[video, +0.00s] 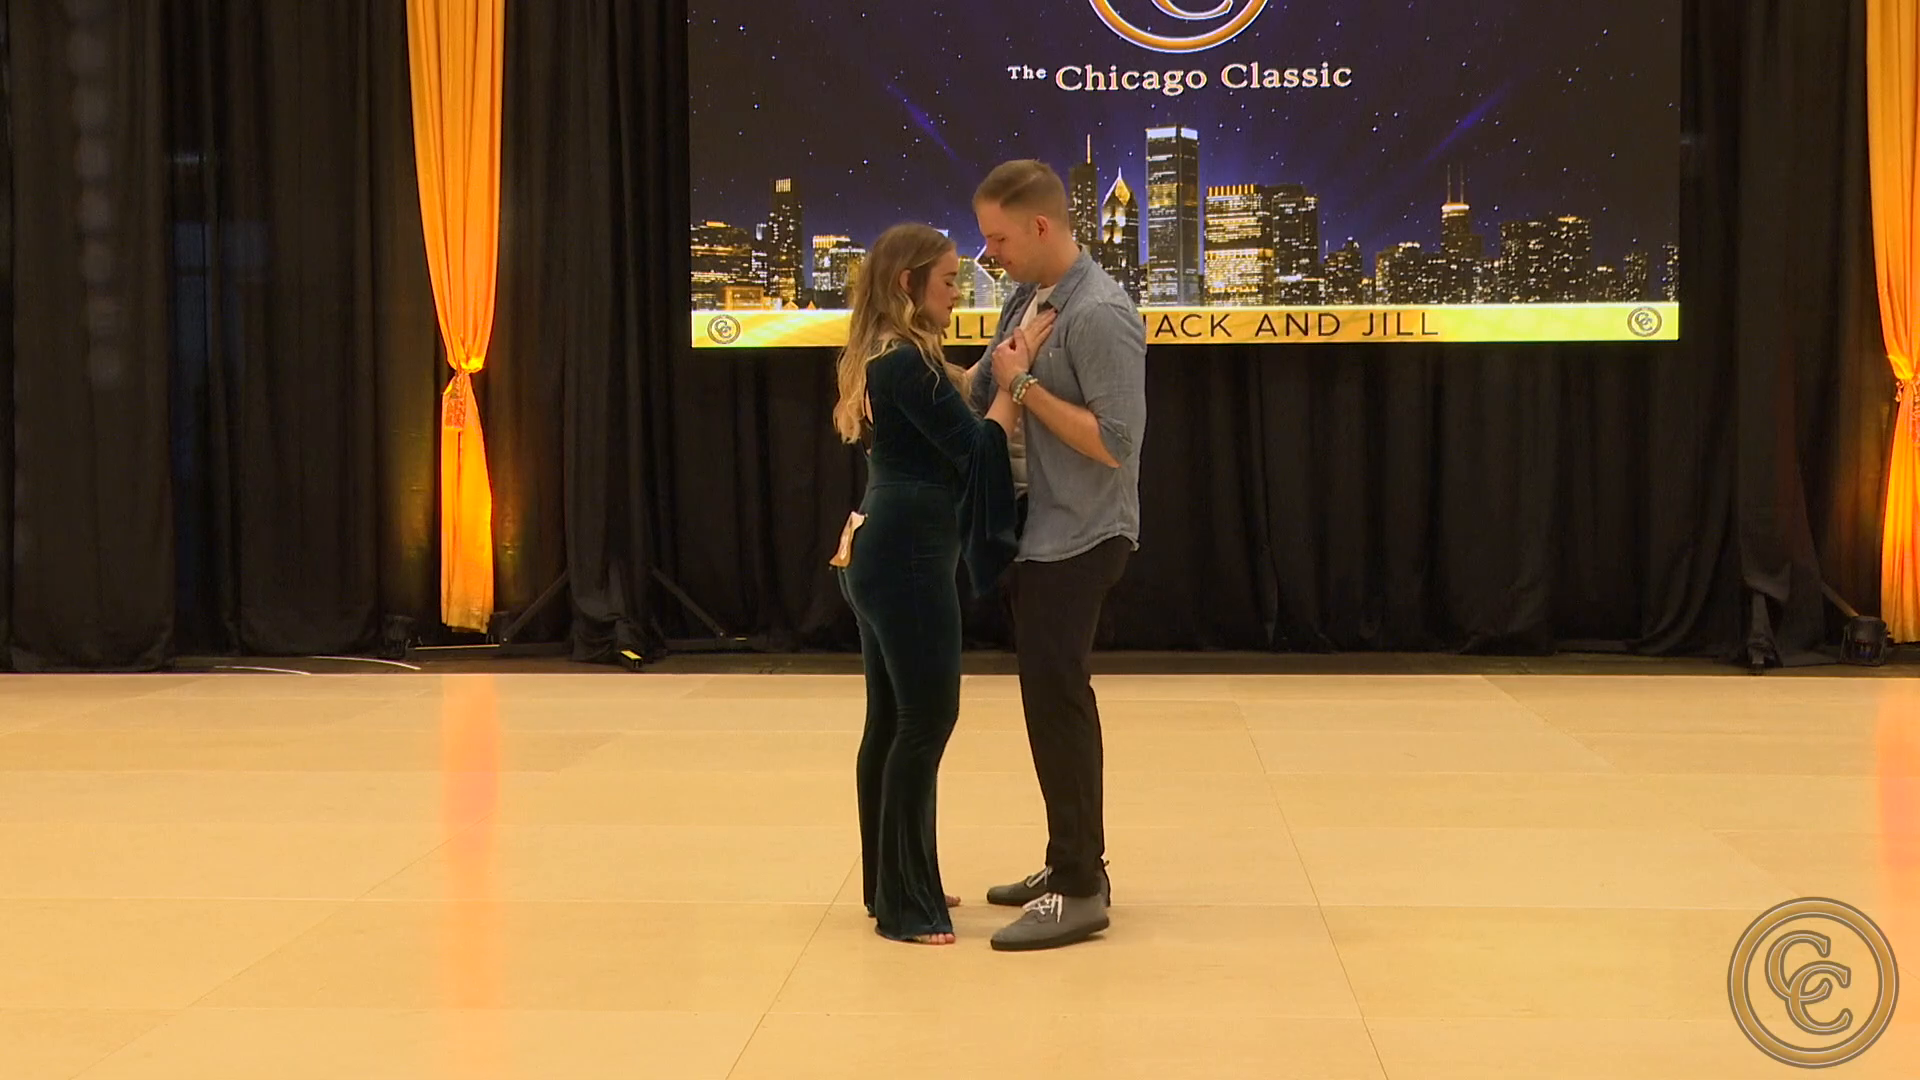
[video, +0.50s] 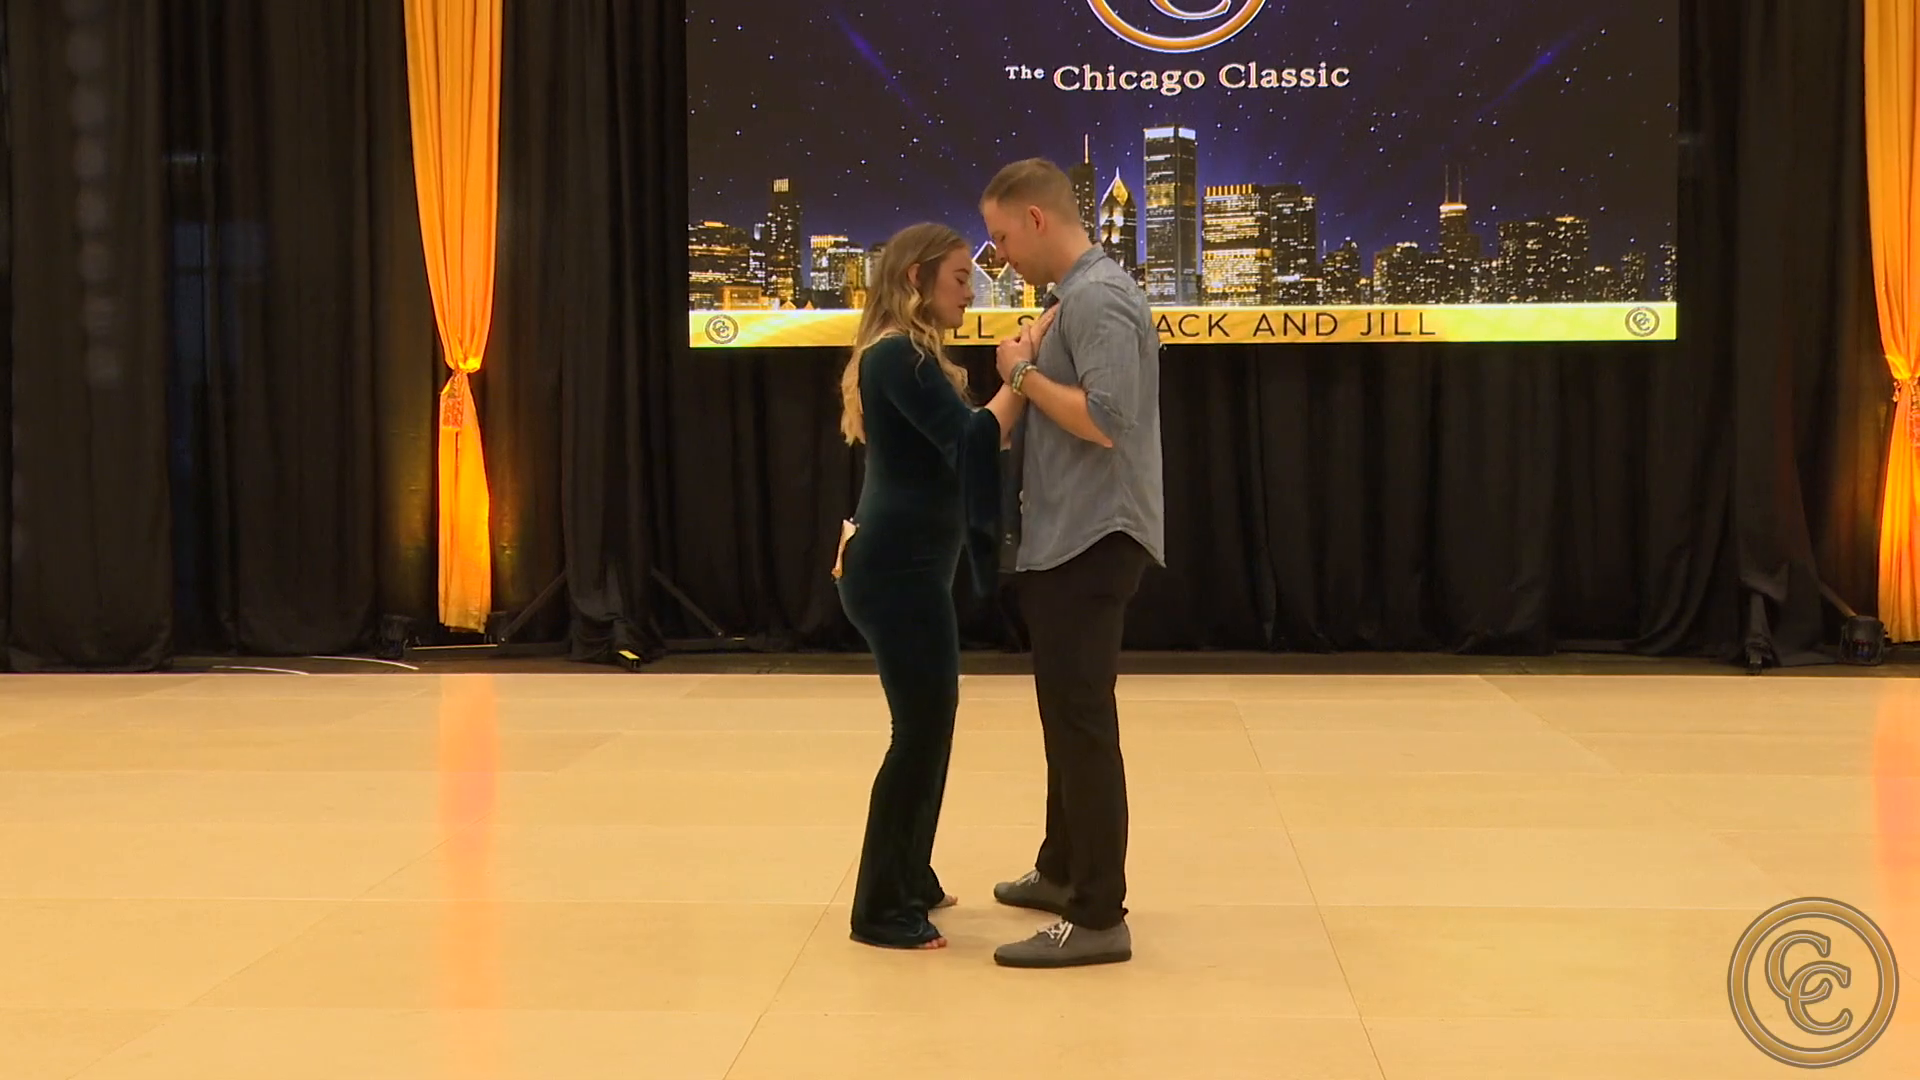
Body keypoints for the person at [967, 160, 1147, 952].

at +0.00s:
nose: (992, 257)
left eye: (997, 241)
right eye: (988, 243)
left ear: (1043, 227)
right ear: (1038, 231)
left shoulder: (1099, 311)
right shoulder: (1032, 305)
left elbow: (1113, 445)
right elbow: (979, 398)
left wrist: (1024, 385)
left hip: (1084, 532)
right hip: (1045, 527)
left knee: (1058, 699)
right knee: (1051, 698)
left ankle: (1081, 892)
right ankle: (1071, 867)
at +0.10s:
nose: (993, 259)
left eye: (996, 243)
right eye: (988, 245)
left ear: (1041, 227)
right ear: (1038, 229)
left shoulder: (1100, 311)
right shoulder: (1041, 306)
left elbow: (1113, 445)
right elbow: (994, 403)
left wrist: (1022, 382)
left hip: (1085, 535)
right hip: (1050, 530)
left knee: (1060, 702)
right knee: (1055, 700)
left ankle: (1085, 895)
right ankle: (1071, 867)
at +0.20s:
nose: (993, 257)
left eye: (995, 241)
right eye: (988, 244)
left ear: (1037, 225)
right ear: (1037, 226)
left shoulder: (1100, 308)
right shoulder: (1052, 308)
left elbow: (1108, 444)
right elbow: (1035, 424)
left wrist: (1022, 382)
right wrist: (1014, 389)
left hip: (1085, 535)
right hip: (1050, 531)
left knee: (1061, 699)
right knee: (1052, 698)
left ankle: (1091, 898)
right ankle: (1073, 869)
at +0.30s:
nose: (996, 259)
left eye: (997, 242)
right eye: (991, 245)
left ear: (1035, 227)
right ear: (1039, 227)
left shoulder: (1100, 307)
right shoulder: (1059, 310)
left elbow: (1105, 437)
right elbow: (1039, 431)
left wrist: (1022, 380)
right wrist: (1015, 392)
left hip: (1085, 542)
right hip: (1053, 540)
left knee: (1065, 712)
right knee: (1049, 707)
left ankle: (1097, 913)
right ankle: (1073, 871)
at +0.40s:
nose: (998, 259)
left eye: (998, 242)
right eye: (993, 245)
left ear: (1035, 224)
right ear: (1040, 223)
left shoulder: (1101, 303)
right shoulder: (1067, 307)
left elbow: (1104, 428)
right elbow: (1048, 427)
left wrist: (1024, 376)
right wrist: (1019, 380)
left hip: (1089, 542)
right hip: (1058, 541)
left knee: (1075, 719)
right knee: (1053, 713)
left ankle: (1101, 920)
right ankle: (1070, 872)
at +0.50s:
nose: (999, 255)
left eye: (1000, 238)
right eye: (994, 241)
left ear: (1036, 221)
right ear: (1043, 219)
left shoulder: (1099, 297)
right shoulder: (1073, 300)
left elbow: (1105, 420)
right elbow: (1051, 422)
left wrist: (1026, 371)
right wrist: (1025, 375)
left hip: (1093, 540)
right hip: (1065, 538)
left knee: (1085, 727)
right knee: (1064, 720)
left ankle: (1099, 920)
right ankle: (1065, 878)